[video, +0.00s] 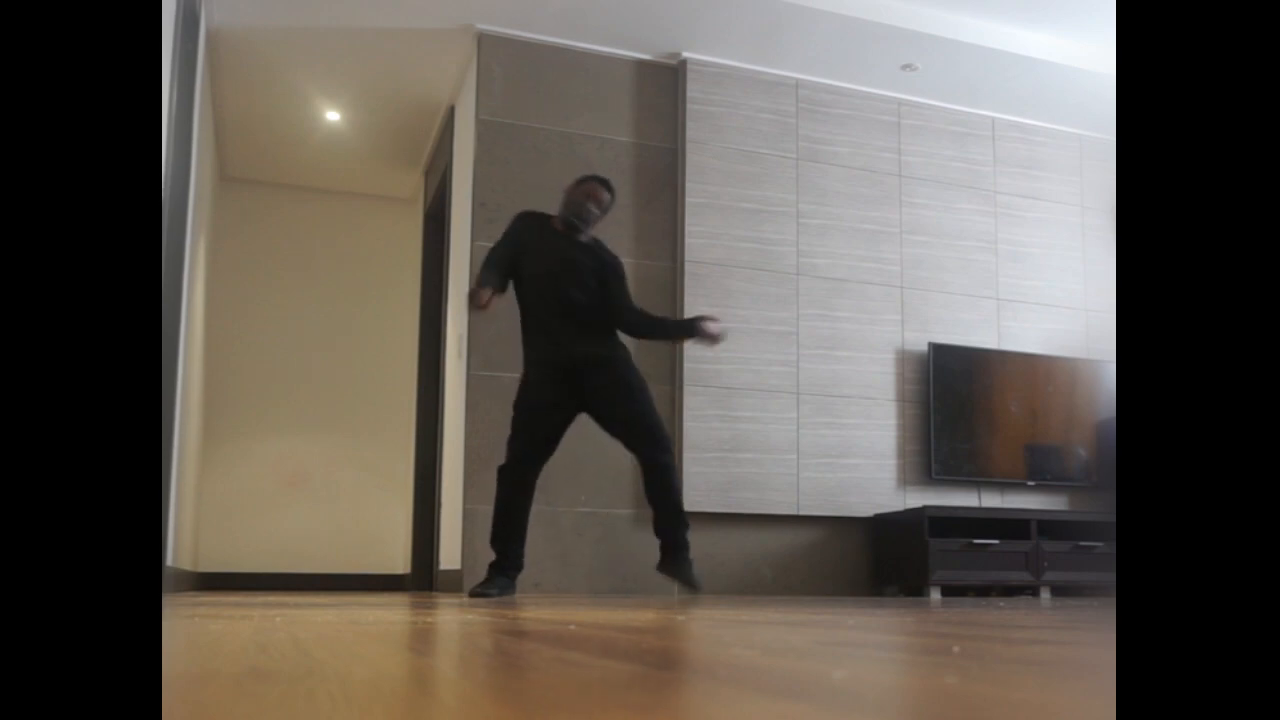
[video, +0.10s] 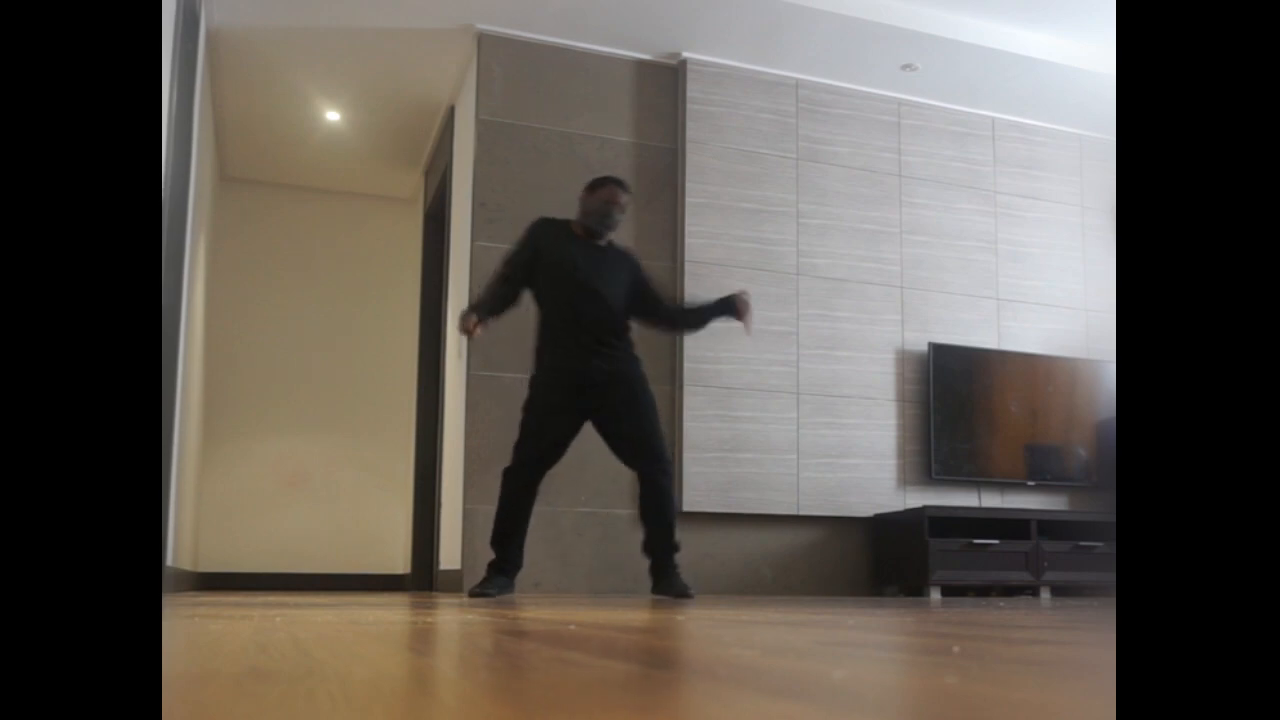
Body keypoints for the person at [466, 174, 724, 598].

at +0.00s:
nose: (590, 208)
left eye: (599, 207)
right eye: (586, 198)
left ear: (603, 219)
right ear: (566, 194)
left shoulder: (603, 263)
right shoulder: (528, 228)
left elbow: (629, 320)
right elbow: (501, 261)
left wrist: (689, 328)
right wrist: (487, 285)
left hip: (607, 377)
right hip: (548, 378)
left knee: (656, 450)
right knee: (518, 467)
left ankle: (675, 555)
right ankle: (503, 571)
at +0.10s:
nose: (614, 212)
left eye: (621, 208)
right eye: (608, 203)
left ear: (625, 216)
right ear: (584, 199)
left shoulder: (622, 265)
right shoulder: (546, 235)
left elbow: (664, 315)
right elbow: (510, 281)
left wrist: (722, 307)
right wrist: (482, 310)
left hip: (617, 384)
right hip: (558, 382)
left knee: (655, 466)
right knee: (523, 470)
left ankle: (665, 572)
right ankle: (502, 572)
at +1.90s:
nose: (674, 210)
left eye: (679, 202)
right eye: (666, 201)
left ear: (684, 203)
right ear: (644, 198)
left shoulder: (689, 251)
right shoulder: (608, 242)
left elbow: (734, 297)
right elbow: (570, 286)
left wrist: (786, 276)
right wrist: (534, 295)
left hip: (666, 374)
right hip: (612, 374)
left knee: (663, 446)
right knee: (585, 467)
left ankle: (710, 551)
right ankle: (564, 569)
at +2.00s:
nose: (700, 205)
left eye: (706, 198)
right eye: (692, 196)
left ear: (711, 201)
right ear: (672, 195)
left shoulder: (718, 247)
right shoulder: (637, 238)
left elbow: (767, 281)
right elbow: (603, 295)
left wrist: (801, 242)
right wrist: (562, 335)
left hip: (685, 369)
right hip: (636, 368)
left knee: (689, 456)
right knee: (636, 459)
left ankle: (725, 563)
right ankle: (613, 565)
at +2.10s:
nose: (706, 218)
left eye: (714, 210)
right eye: (698, 208)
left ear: (722, 211)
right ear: (680, 205)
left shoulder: (731, 251)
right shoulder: (647, 244)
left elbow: (784, 274)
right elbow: (616, 301)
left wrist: (807, 227)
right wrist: (569, 339)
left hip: (703, 372)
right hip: (654, 371)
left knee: (712, 461)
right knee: (671, 452)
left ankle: (729, 569)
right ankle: (655, 557)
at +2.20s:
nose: (711, 207)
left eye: (719, 200)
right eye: (704, 198)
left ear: (728, 201)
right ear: (686, 196)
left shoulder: (744, 237)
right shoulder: (655, 236)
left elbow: (797, 248)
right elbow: (615, 278)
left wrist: (780, 198)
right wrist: (588, 278)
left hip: (730, 368)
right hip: (677, 366)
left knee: (732, 463)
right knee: (670, 452)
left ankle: (735, 569)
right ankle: (688, 552)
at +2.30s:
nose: (726, 209)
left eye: (732, 202)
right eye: (717, 202)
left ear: (740, 204)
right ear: (697, 204)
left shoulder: (764, 237)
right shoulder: (669, 244)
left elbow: (810, 218)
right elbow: (614, 247)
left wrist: (759, 183)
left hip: (752, 377)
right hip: (691, 378)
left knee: (778, 454)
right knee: (663, 460)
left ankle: (773, 560)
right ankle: (689, 569)